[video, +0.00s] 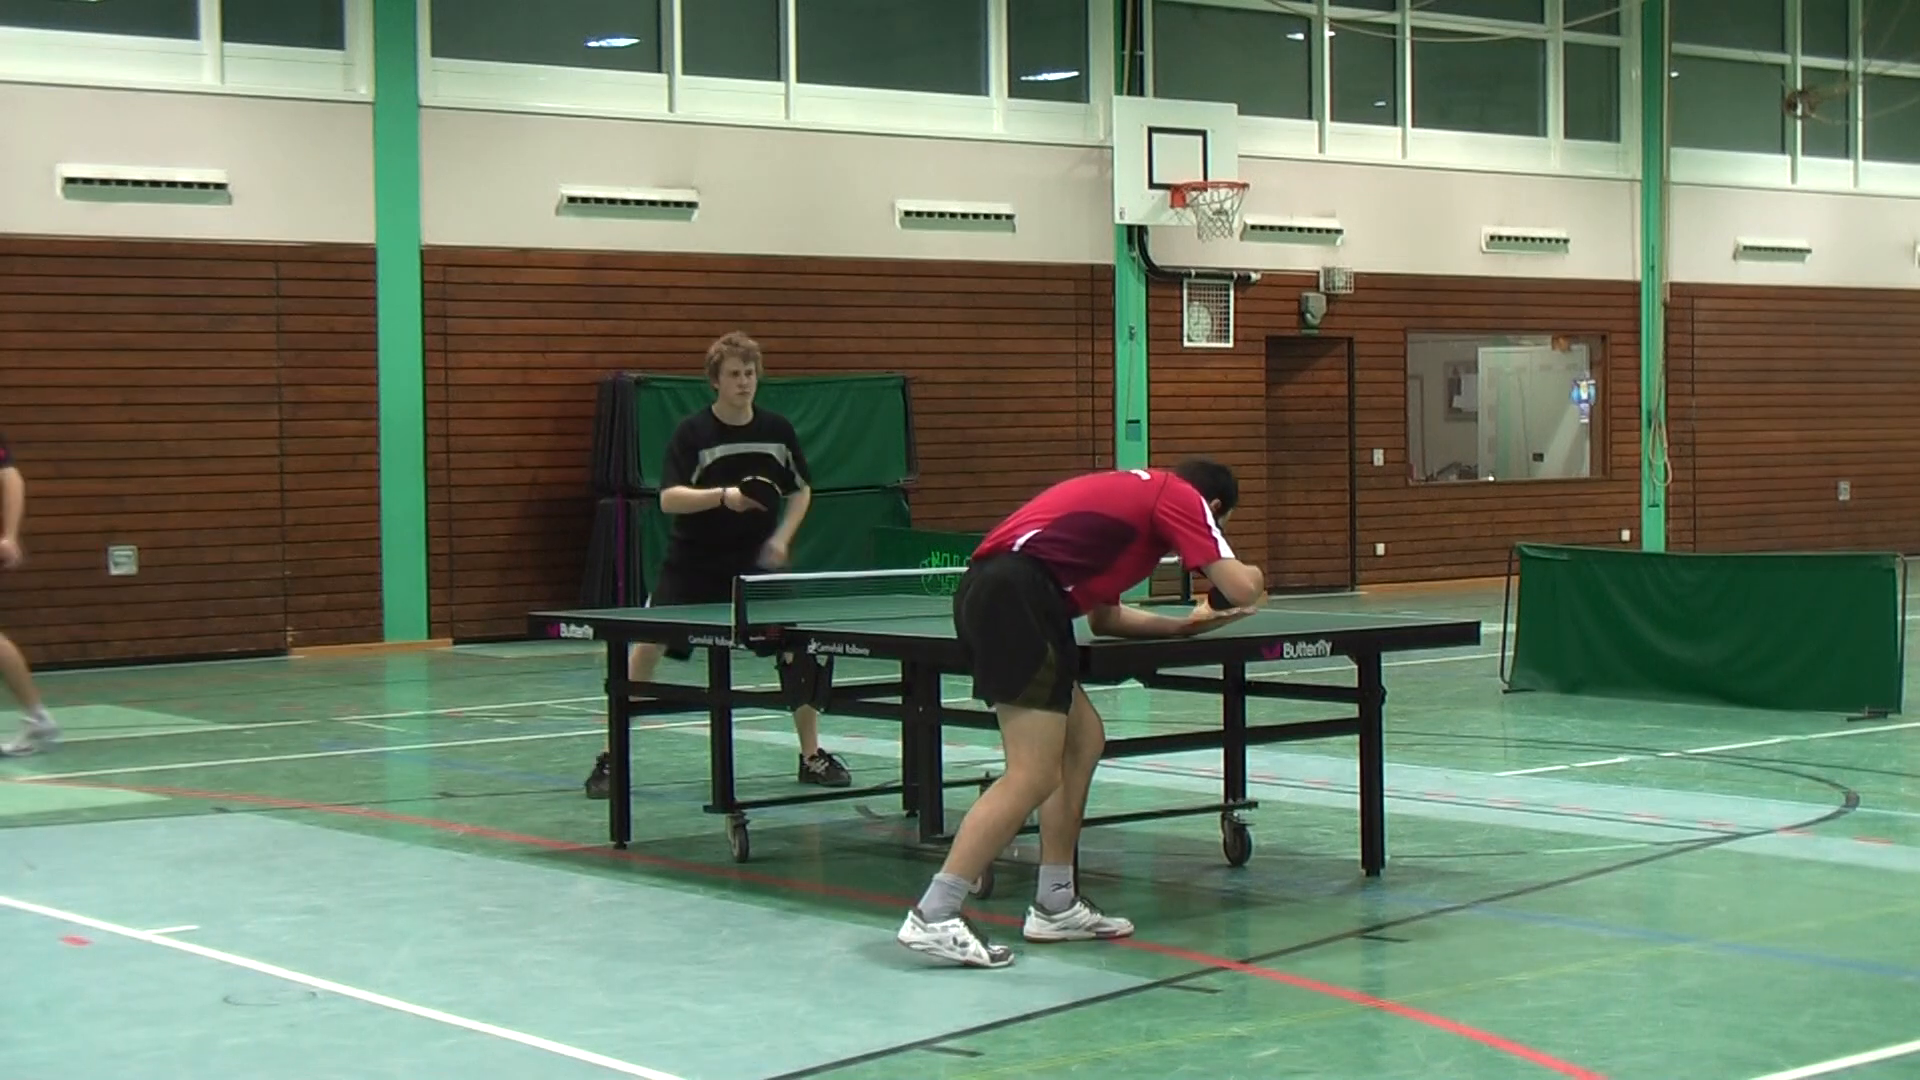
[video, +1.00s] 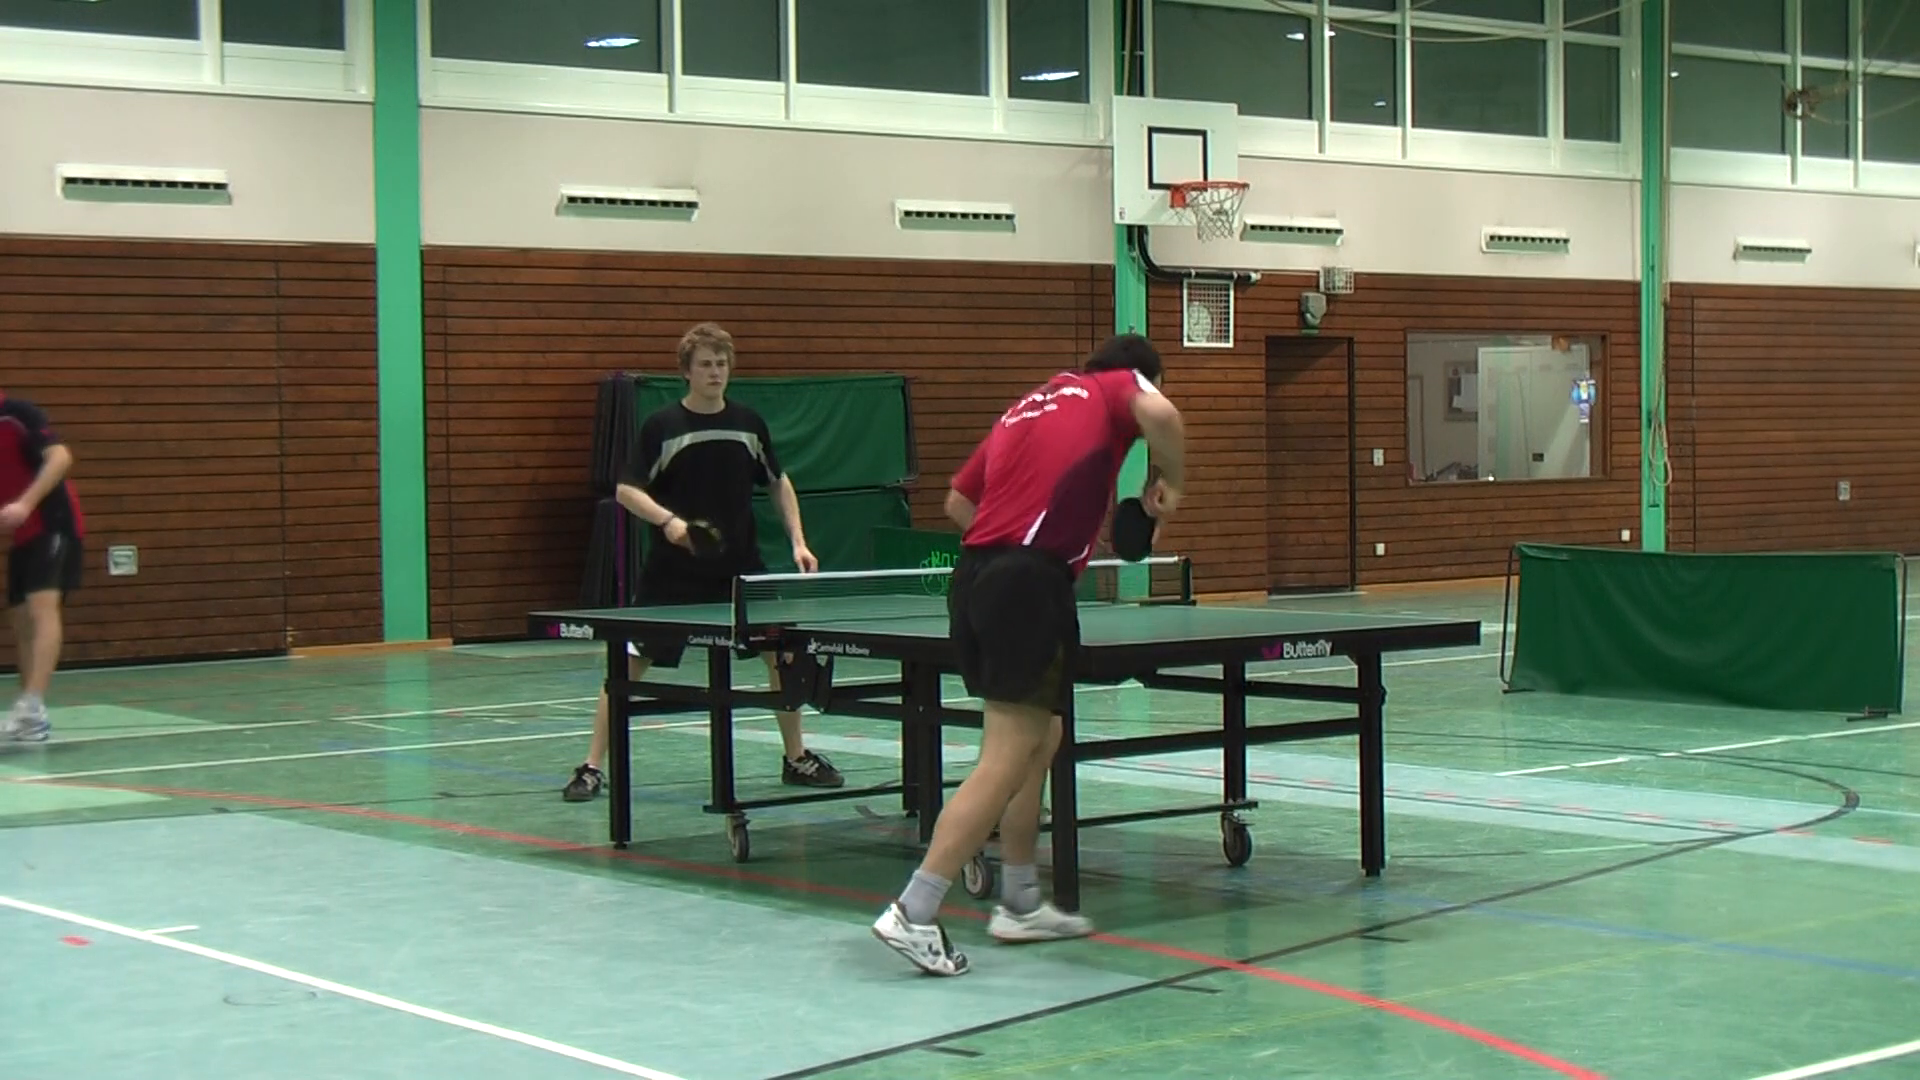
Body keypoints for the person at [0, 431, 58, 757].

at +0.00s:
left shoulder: (1, 445)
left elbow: (10, 476)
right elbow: (12, 477)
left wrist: (10, 535)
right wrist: (10, 534)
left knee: (1, 638)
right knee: (1, 639)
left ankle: (38, 717)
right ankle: (38, 717)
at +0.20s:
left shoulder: (6, 419)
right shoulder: (8, 419)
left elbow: (10, 483)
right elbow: (12, 483)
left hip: (9, 546)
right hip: (8, 547)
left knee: (17, 630)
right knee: (16, 631)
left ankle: (48, 725)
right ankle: (47, 724)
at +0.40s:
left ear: (1, 374)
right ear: (4, 372)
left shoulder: (13, 411)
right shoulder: (14, 410)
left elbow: (19, 480)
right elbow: (22, 478)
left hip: (19, 540)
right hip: (16, 538)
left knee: (32, 627)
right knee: (27, 627)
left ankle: (50, 724)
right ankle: (49, 723)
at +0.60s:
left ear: (1, 376)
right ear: (5, 375)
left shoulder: (14, 411)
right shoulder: (14, 410)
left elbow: (30, 478)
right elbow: (29, 478)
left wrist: (14, 540)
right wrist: (14, 538)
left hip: (27, 540)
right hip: (11, 540)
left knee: (36, 623)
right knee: (9, 624)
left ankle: (49, 726)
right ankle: (16, 717)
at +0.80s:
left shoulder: (12, 413)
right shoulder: (14, 413)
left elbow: (30, 469)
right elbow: (31, 470)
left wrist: (25, 534)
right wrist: (25, 535)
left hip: (31, 542)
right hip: (19, 542)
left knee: (29, 622)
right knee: (19, 624)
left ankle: (44, 722)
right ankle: (28, 714)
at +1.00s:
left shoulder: (16, 412)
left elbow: (60, 455)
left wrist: (24, 504)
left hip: (50, 523)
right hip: (18, 530)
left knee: (43, 605)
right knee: (20, 613)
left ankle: (33, 707)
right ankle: (31, 707)